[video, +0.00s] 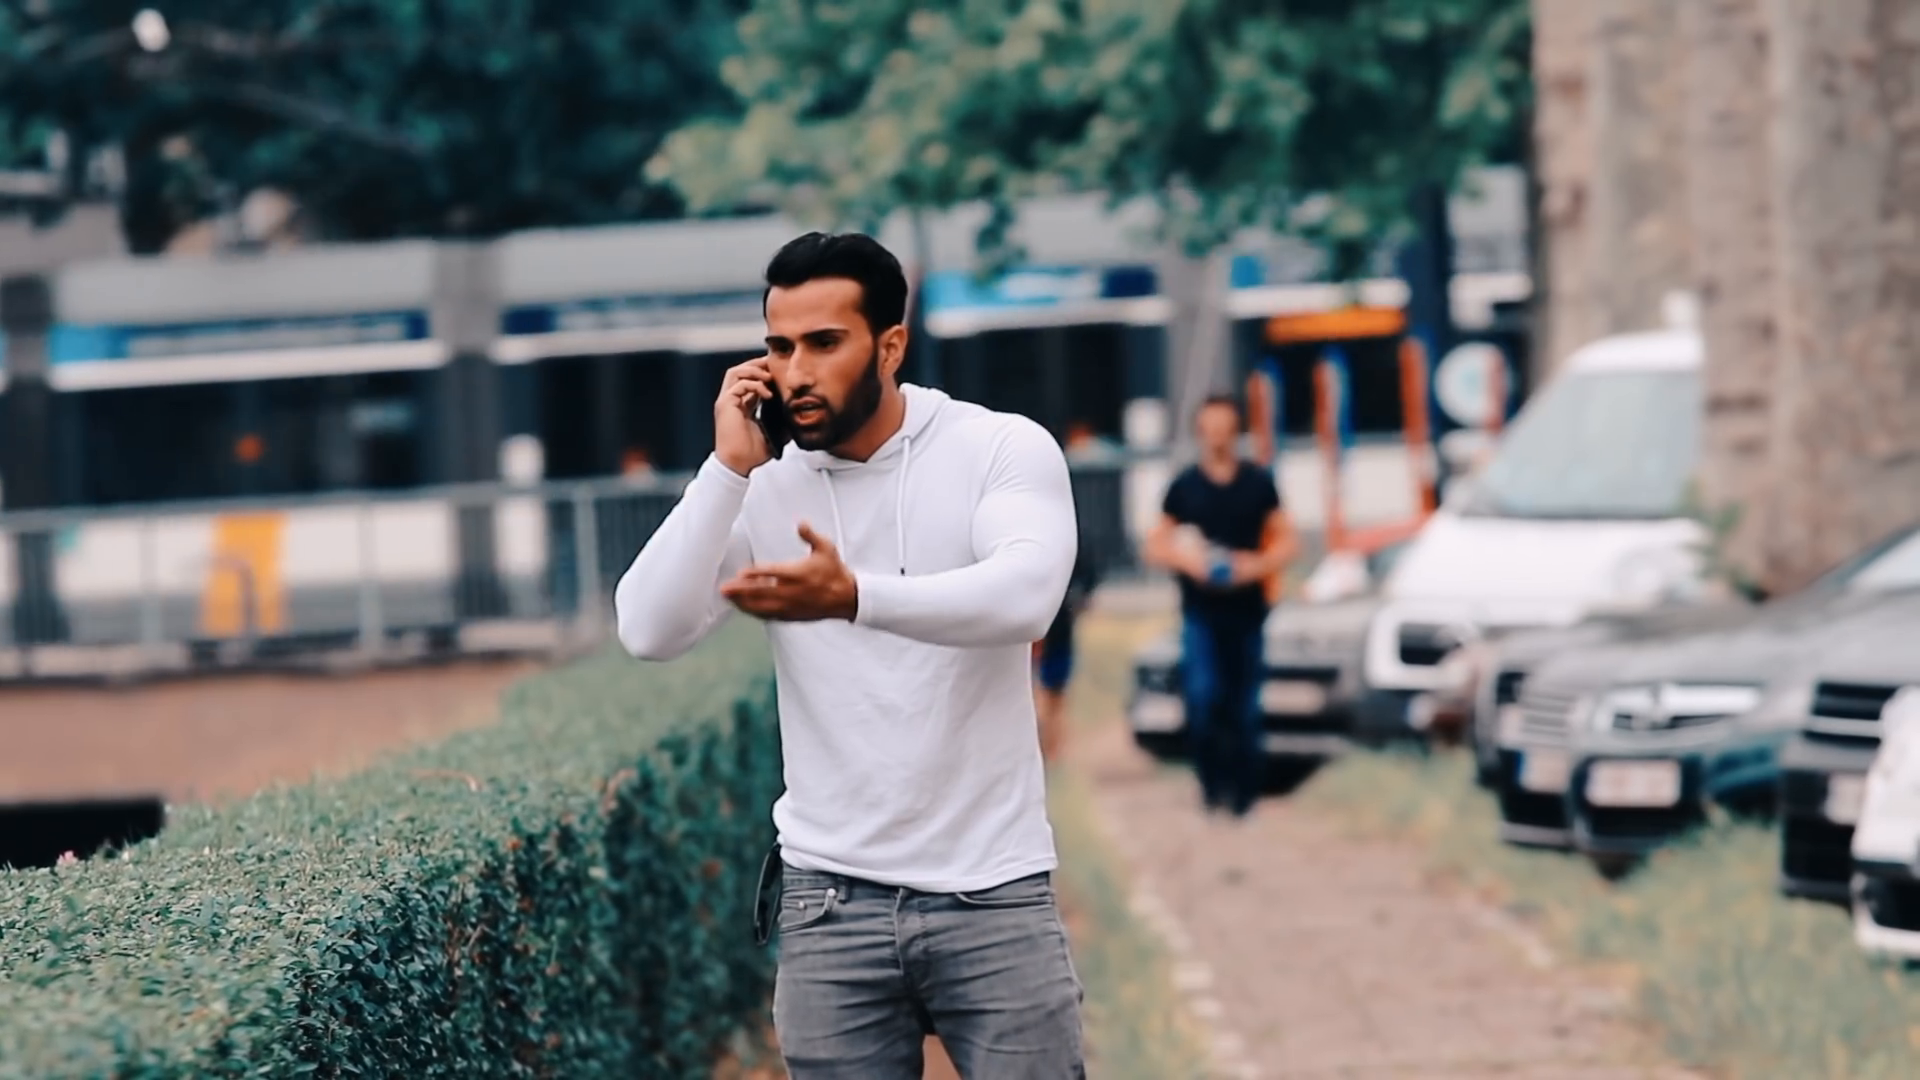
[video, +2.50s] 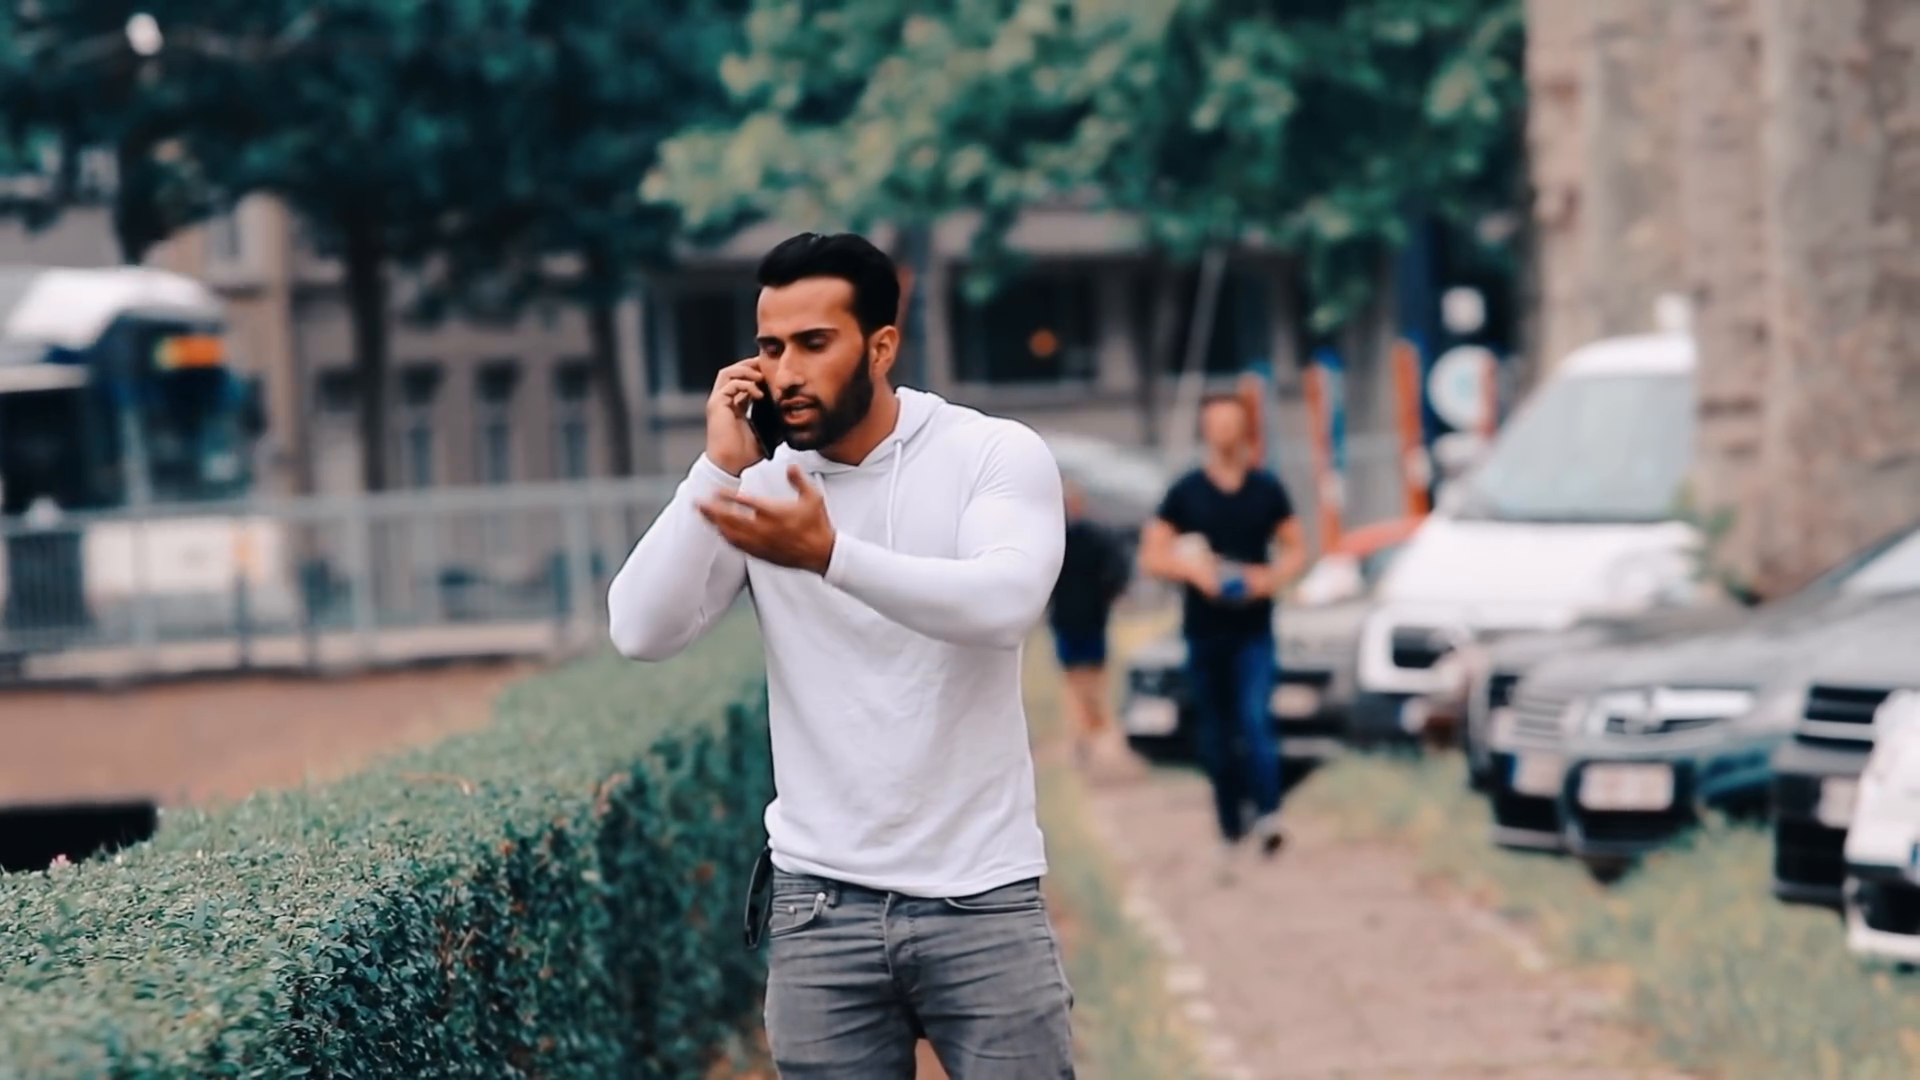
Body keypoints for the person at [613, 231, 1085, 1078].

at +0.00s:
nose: (794, 373)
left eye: (822, 343)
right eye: (780, 348)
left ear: (890, 346)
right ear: (764, 355)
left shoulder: (1007, 450)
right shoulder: (760, 490)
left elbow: (1023, 599)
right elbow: (648, 630)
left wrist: (853, 596)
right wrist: (727, 467)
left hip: (996, 895)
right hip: (827, 901)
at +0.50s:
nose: (789, 371)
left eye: (818, 342)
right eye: (776, 346)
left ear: (887, 343)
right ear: (762, 350)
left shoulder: (1003, 450)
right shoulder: (762, 481)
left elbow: (1015, 598)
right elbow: (644, 627)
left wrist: (838, 560)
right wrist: (722, 467)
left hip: (992, 895)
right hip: (823, 901)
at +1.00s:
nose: (784, 373)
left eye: (813, 344)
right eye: (770, 347)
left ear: (882, 347)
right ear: (755, 354)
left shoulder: (1001, 453)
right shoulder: (755, 490)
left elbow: (1007, 606)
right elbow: (643, 632)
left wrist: (838, 606)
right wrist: (720, 467)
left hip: (989, 898)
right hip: (821, 904)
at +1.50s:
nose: (790, 374)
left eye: (819, 345)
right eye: (778, 349)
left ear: (888, 347)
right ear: (763, 355)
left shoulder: (1006, 457)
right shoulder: (764, 487)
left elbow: (1014, 607)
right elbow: (645, 631)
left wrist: (838, 574)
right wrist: (723, 469)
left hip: (991, 897)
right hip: (822, 902)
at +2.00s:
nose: (786, 373)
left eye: (815, 344)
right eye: (774, 348)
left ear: (885, 347)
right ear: (759, 355)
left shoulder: (1004, 458)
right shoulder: (758, 491)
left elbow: (1009, 617)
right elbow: (643, 631)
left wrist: (854, 648)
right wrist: (723, 469)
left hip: (990, 900)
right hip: (821, 906)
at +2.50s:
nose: (784, 374)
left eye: (812, 343)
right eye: (770, 348)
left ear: (881, 346)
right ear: (755, 355)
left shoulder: (1000, 456)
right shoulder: (758, 482)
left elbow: (1004, 603)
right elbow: (640, 630)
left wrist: (827, 554)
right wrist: (716, 470)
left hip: (984, 897)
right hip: (816, 903)